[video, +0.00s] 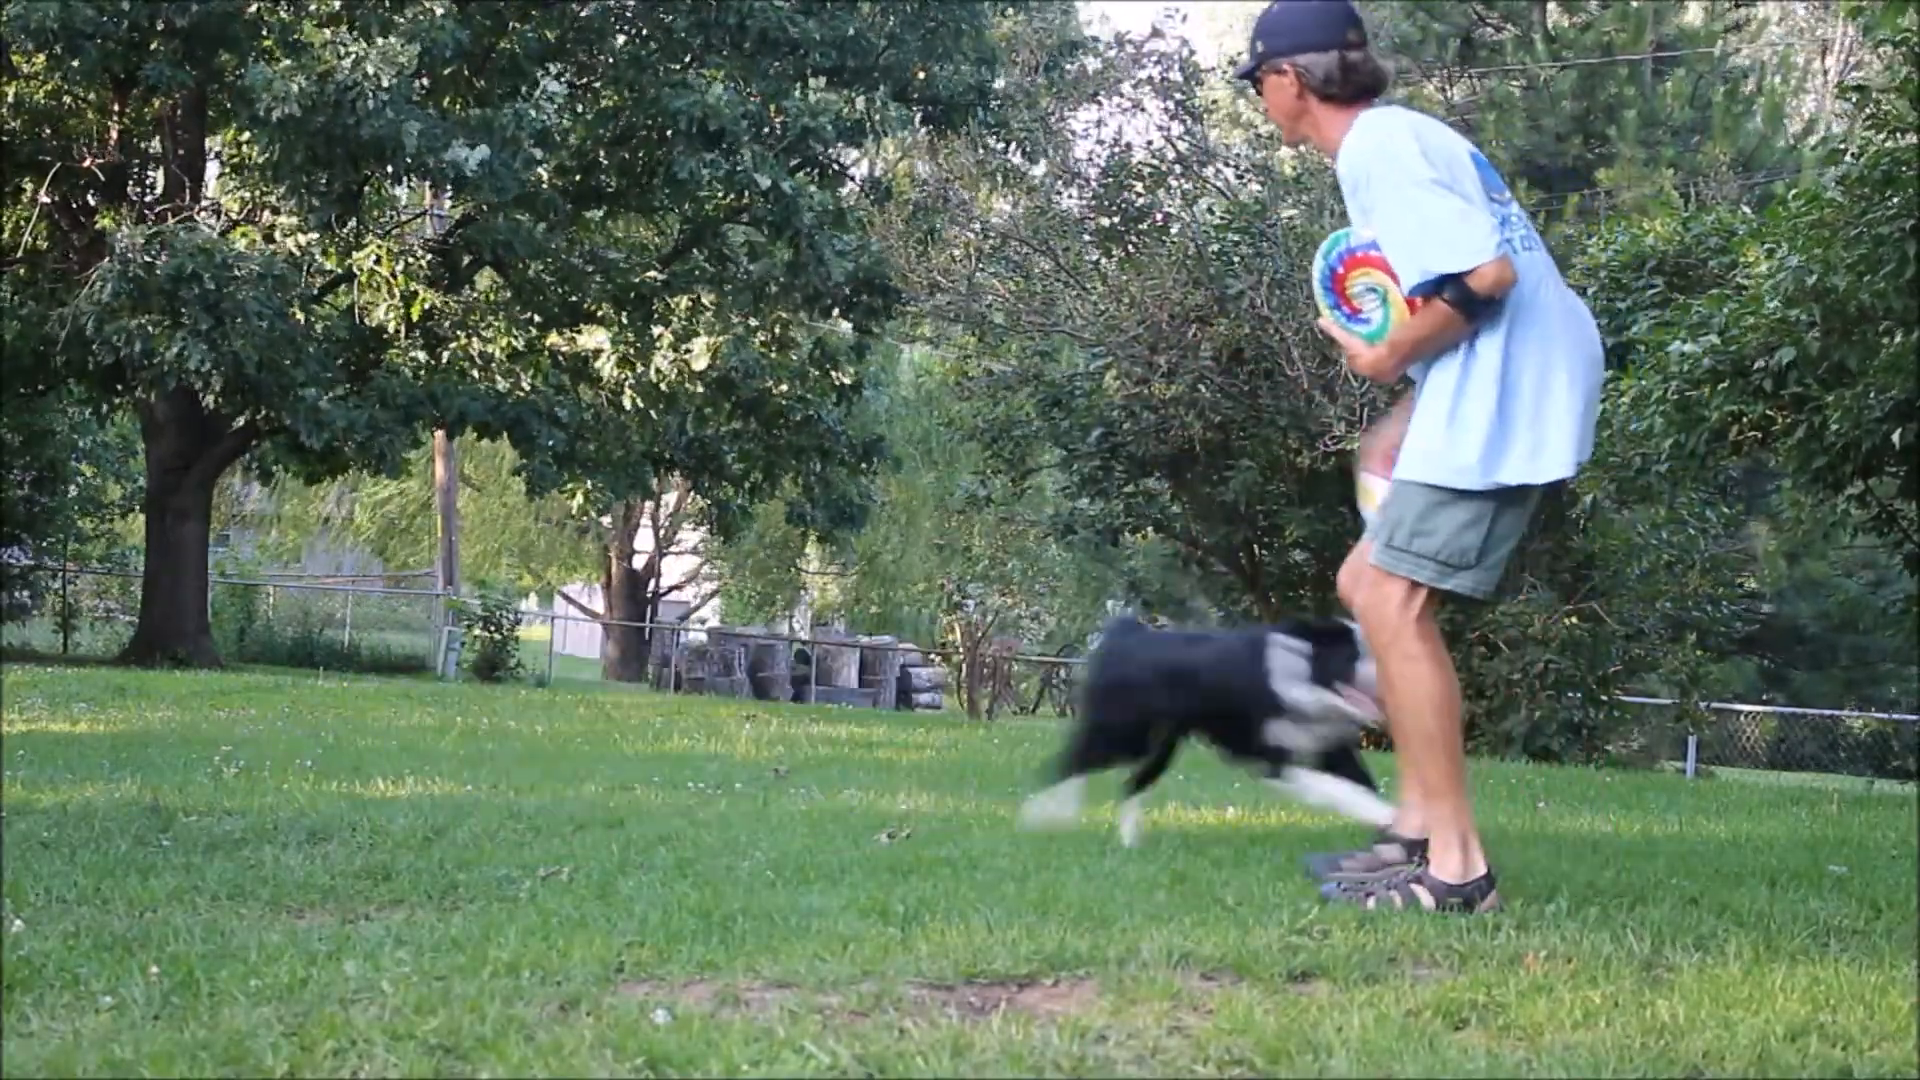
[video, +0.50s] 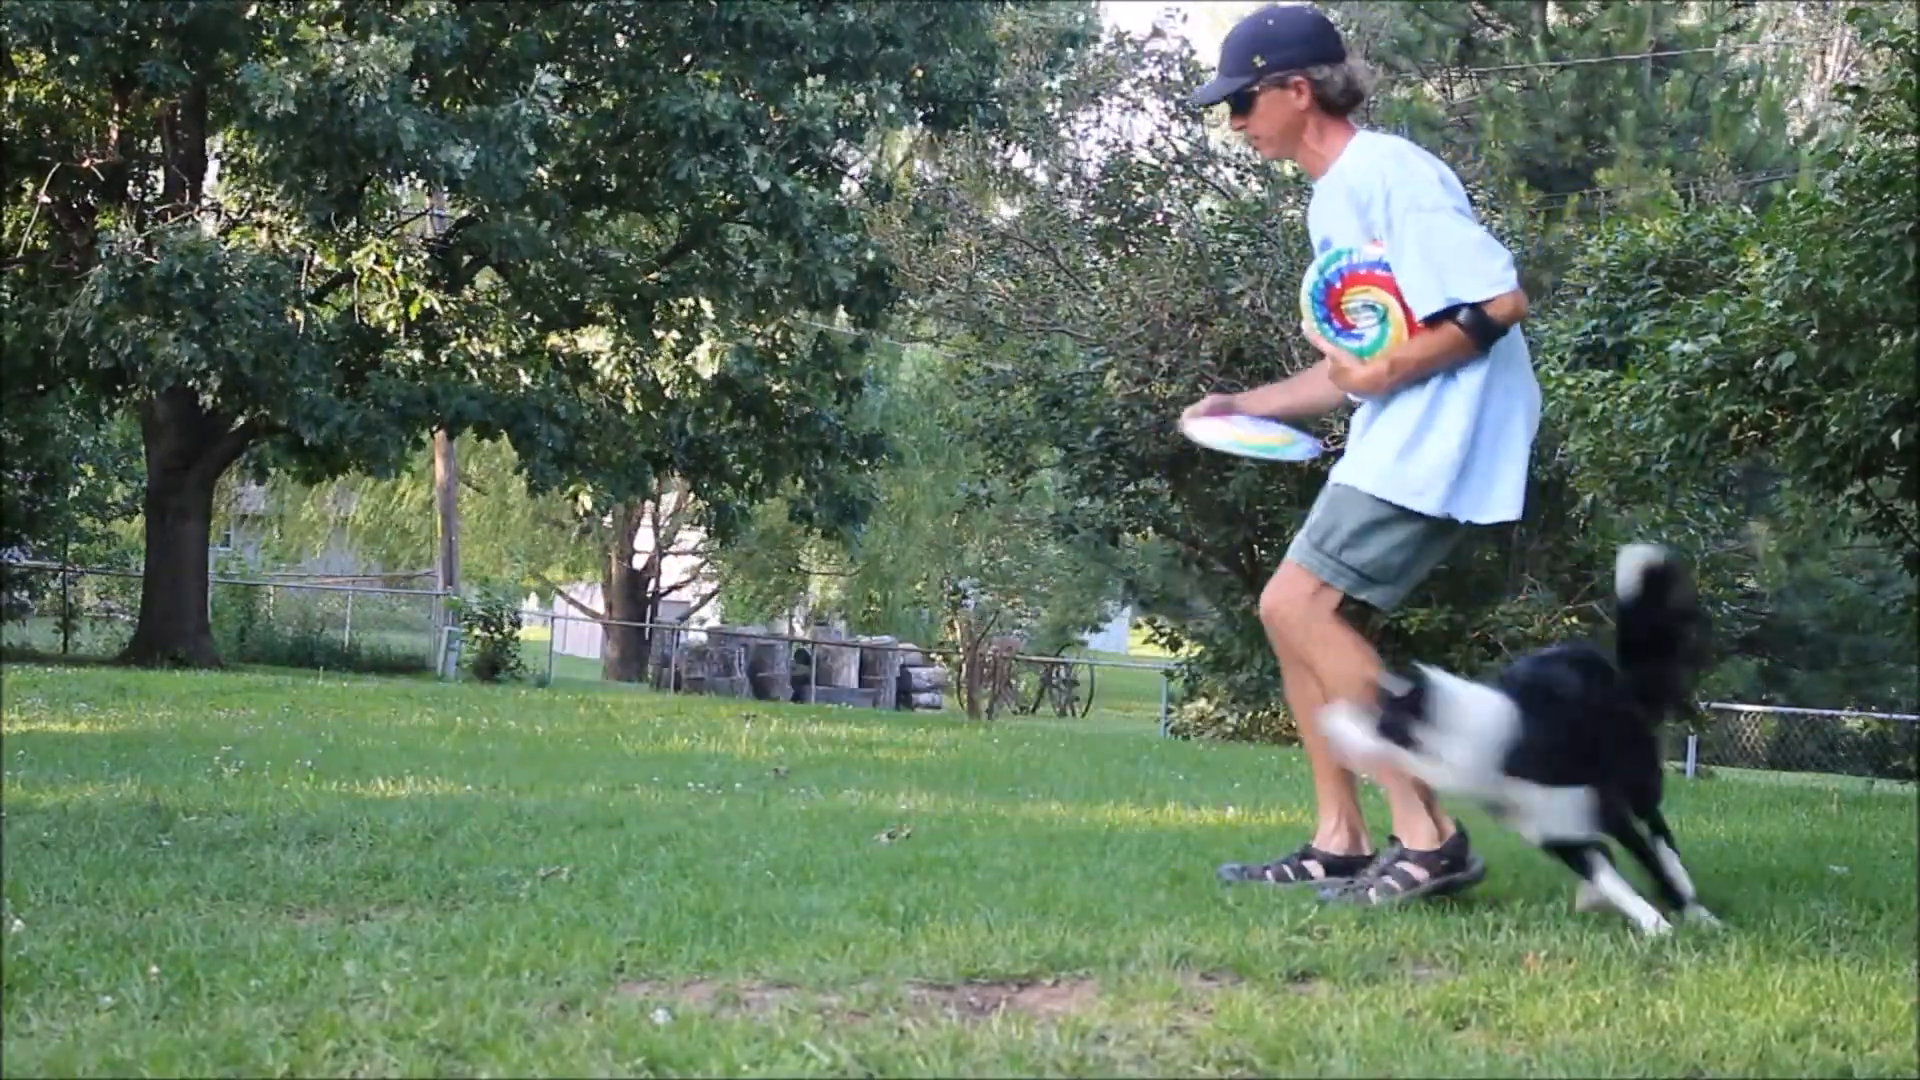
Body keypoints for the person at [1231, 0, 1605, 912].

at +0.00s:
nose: (1261, 104)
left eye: (1261, 85)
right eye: (1258, 87)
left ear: (1292, 80)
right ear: (1331, 71)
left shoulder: (1379, 148)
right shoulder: (1399, 137)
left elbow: (1484, 274)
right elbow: (1490, 279)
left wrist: (1388, 353)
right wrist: (1411, 398)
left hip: (1514, 396)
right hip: (1511, 387)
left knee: (1389, 599)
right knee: (1365, 582)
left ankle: (1456, 866)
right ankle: (1417, 829)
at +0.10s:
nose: (1254, 102)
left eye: (1253, 83)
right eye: (1252, 84)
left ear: (1283, 80)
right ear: (1331, 70)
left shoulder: (1376, 146)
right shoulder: (1385, 142)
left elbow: (1482, 276)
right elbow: (1450, 307)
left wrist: (1376, 356)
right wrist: (1334, 397)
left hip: (1498, 412)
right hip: (1475, 409)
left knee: (1381, 601)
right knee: (1348, 583)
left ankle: (1456, 865)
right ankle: (1374, 830)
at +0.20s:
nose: (1246, 104)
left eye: (1247, 86)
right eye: (1243, 88)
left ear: (1280, 81)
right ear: (1308, 76)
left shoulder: (1383, 148)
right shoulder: (1357, 166)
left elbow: (1488, 274)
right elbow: (1392, 332)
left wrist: (1383, 353)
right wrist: (1273, 380)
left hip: (1484, 416)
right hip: (1444, 412)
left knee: (1370, 608)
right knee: (1331, 593)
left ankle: (1456, 867)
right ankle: (1348, 835)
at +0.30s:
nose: (1240, 112)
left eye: (1242, 93)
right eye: (1237, 96)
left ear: (1280, 86)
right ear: (1297, 86)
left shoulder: (1386, 154)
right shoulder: (1347, 184)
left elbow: (1502, 274)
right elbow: (1362, 357)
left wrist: (1397, 357)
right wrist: (1236, 378)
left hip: (1466, 434)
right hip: (1424, 430)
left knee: (1350, 615)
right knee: (1318, 608)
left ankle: (1451, 864)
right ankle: (1346, 843)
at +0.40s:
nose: (1235, 118)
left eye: (1241, 98)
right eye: (1233, 102)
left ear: (1287, 90)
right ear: (1296, 93)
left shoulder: (1389, 163)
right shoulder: (1337, 197)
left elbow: (1503, 287)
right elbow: (1357, 360)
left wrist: (1401, 364)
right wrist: (1244, 391)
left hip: (1446, 441)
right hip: (1400, 438)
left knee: (1320, 608)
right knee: (1292, 611)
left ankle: (1442, 852)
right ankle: (1342, 843)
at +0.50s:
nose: (1236, 125)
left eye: (1245, 103)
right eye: (1233, 107)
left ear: (1299, 92)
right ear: (1296, 98)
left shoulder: (1392, 169)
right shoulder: (1331, 204)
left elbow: (1499, 301)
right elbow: (1358, 365)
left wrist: (1393, 365)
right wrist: (1242, 404)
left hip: (1439, 443)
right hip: (1395, 441)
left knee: (1300, 605)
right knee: (1292, 613)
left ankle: (1429, 841)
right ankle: (1339, 841)